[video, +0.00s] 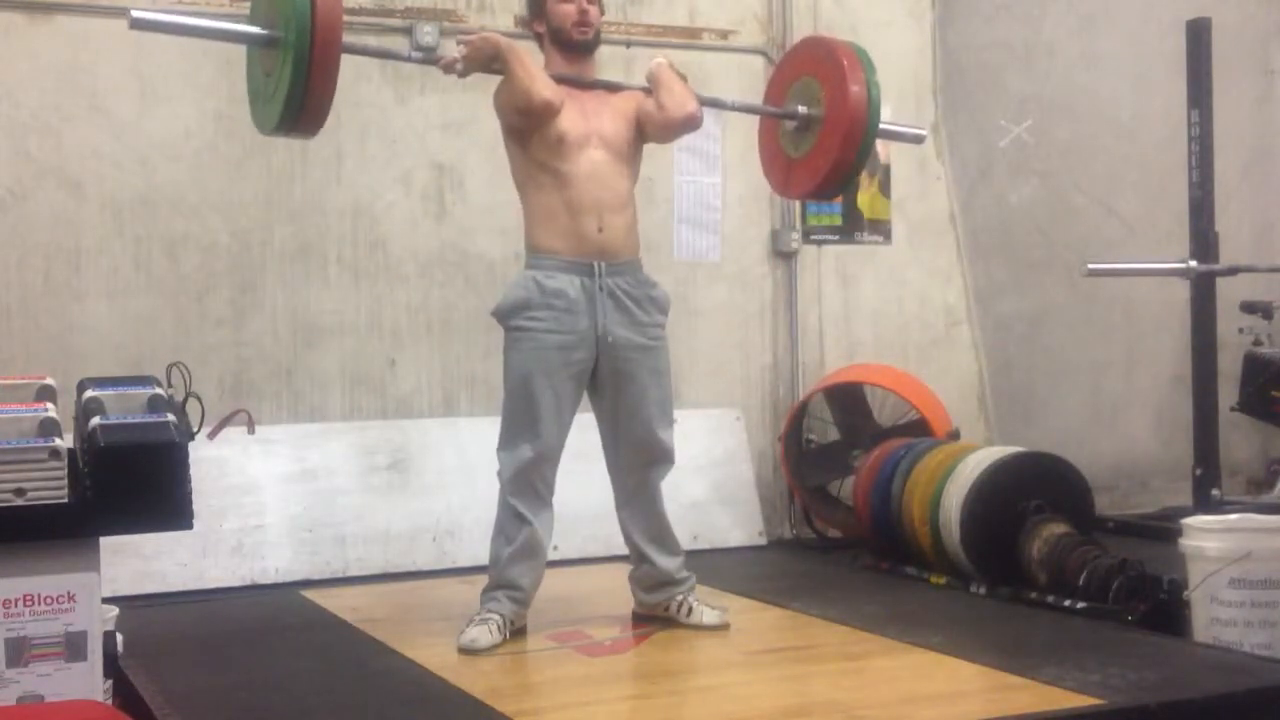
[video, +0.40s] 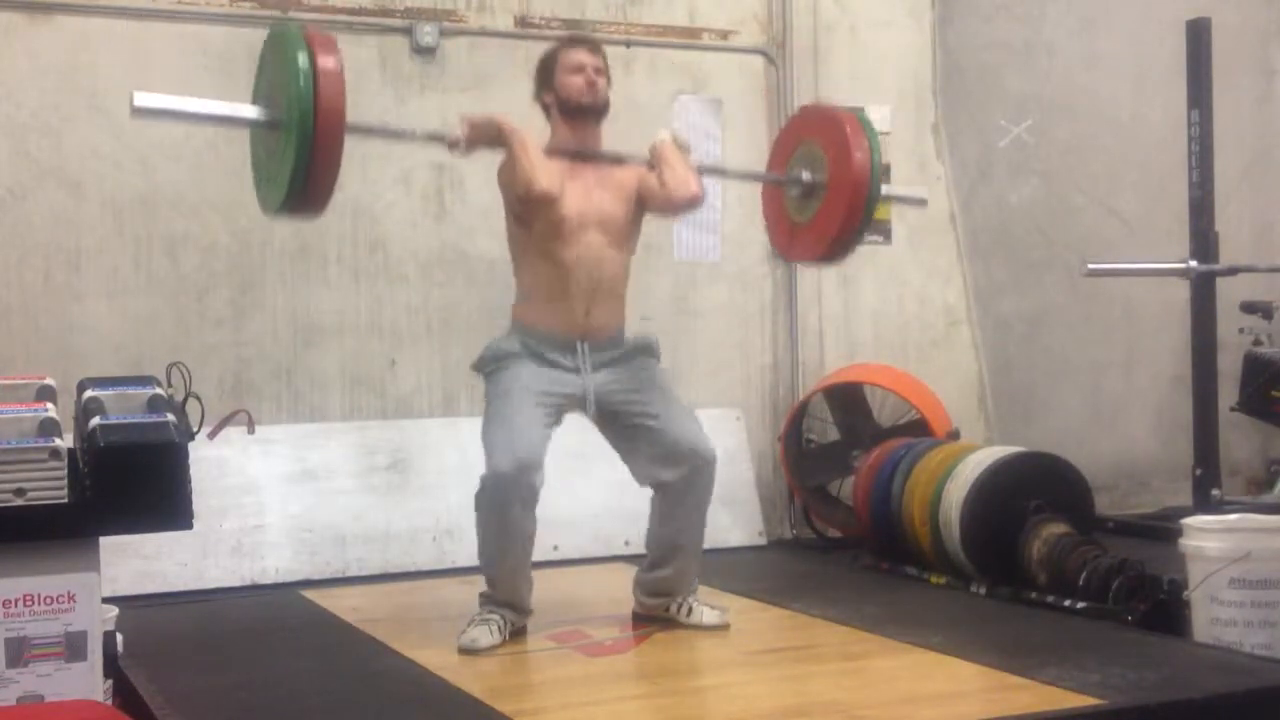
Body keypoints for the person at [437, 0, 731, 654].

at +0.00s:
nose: (586, 9)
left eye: (593, 2)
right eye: (570, 1)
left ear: (602, 20)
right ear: (541, 19)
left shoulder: (630, 102)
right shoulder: (525, 99)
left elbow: (685, 114)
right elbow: (538, 105)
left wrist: (658, 64)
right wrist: (506, 50)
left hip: (631, 292)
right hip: (550, 292)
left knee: (647, 450)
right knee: (530, 456)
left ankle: (661, 591)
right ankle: (504, 603)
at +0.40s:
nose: (591, 80)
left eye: (600, 72)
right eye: (576, 71)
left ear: (610, 91)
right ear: (548, 90)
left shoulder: (632, 173)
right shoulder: (529, 164)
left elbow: (686, 193)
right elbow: (533, 189)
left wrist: (664, 143)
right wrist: (509, 133)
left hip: (619, 360)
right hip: (533, 358)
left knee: (692, 457)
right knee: (509, 469)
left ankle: (663, 594)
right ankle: (502, 607)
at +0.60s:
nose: (595, 146)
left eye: (603, 140)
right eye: (580, 139)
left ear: (613, 159)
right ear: (551, 160)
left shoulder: (636, 241)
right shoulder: (528, 236)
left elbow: (689, 269)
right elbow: (544, 268)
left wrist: (669, 215)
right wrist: (513, 206)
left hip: (617, 410)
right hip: (533, 410)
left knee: (702, 469)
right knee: (504, 487)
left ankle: (662, 597)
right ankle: (503, 610)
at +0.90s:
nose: (597, 243)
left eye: (606, 236)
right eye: (583, 236)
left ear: (616, 253)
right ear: (553, 258)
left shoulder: (638, 337)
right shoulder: (531, 334)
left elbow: (691, 368)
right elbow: (553, 370)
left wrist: (672, 311)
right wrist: (514, 307)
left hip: (622, 498)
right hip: (548, 502)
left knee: (711, 474)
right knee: (501, 491)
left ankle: (662, 596)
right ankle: (504, 611)